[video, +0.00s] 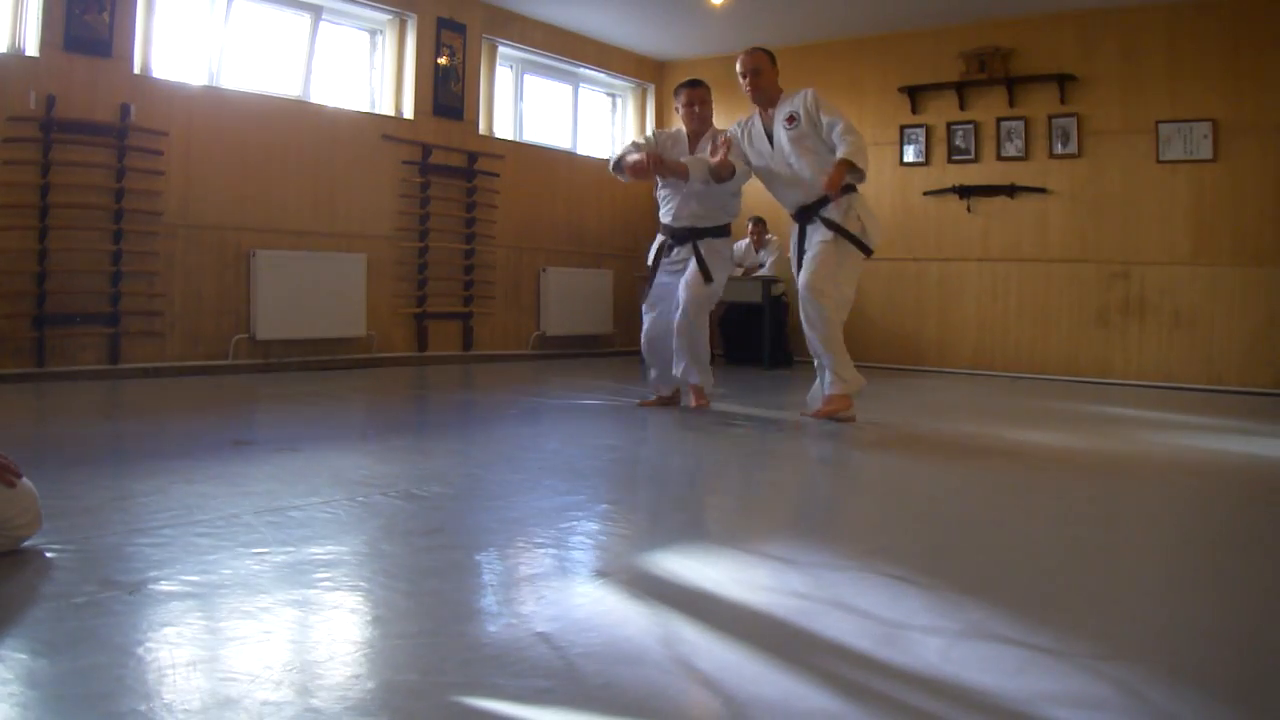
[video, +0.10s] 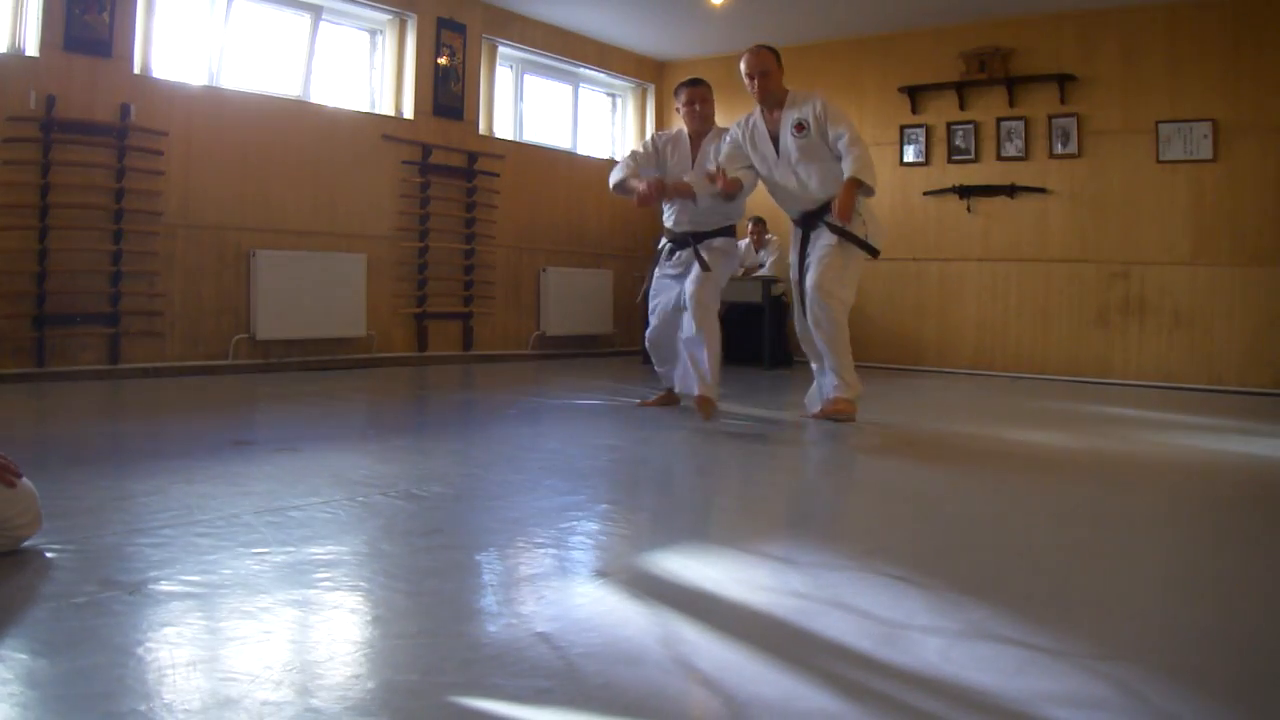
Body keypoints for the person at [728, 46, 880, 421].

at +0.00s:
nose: (748, 82)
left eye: (755, 73)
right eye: (742, 76)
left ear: (775, 73)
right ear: (739, 83)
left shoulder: (805, 103)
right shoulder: (743, 131)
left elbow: (850, 138)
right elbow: (726, 175)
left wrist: (840, 169)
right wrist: (719, 161)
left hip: (838, 208)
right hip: (804, 223)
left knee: (813, 288)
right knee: (811, 304)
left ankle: (839, 391)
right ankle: (828, 395)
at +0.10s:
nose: (756, 82)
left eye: (762, 74)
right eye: (748, 77)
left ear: (781, 73)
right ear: (743, 83)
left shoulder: (812, 107)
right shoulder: (745, 130)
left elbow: (852, 146)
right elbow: (735, 176)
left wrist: (849, 189)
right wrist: (729, 185)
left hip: (839, 210)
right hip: (804, 223)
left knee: (820, 287)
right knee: (805, 307)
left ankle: (842, 392)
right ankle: (824, 394)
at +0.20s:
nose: (766, 99)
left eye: (772, 89)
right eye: (758, 92)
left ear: (791, 80)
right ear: (751, 92)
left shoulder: (826, 116)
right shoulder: (752, 132)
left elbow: (865, 171)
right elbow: (727, 187)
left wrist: (846, 222)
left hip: (843, 226)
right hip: (803, 235)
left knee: (829, 304)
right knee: (804, 325)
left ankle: (851, 407)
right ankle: (822, 404)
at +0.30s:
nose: (773, 128)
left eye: (779, 118)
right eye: (765, 120)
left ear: (800, 105)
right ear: (757, 114)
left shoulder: (843, 138)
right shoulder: (759, 140)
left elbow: (871, 203)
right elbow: (738, 192)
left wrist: (841, 261)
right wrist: (689, 229)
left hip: (855, 241)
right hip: (811, 245)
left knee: (847, 326)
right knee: (812, 332)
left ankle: (870, 427)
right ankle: (829, 402)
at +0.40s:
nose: (766, 176)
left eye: (769, 167)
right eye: (762, 168)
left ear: (793, 151)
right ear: (769, 152)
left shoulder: (842, 178)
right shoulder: (791, 162)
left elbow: (862, 260)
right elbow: (770, 205)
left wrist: (817, 326)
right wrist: (740, 249)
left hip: (869, 247)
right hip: (832, 246)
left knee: (857, 331)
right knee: (831, 312)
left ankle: (870, 430)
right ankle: (828, 368)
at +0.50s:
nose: (743, 238)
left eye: (750, 230)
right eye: (739, 227)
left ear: (777, 218)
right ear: (740, 196)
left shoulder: (825, 227)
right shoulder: (764, 164)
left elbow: (835, 317)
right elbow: (808, 150)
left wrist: (799, 377)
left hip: (886, 228)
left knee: (869, 328)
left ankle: (867, 430)